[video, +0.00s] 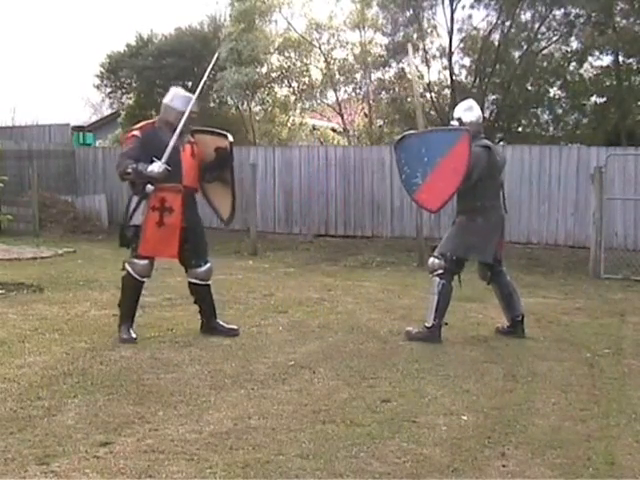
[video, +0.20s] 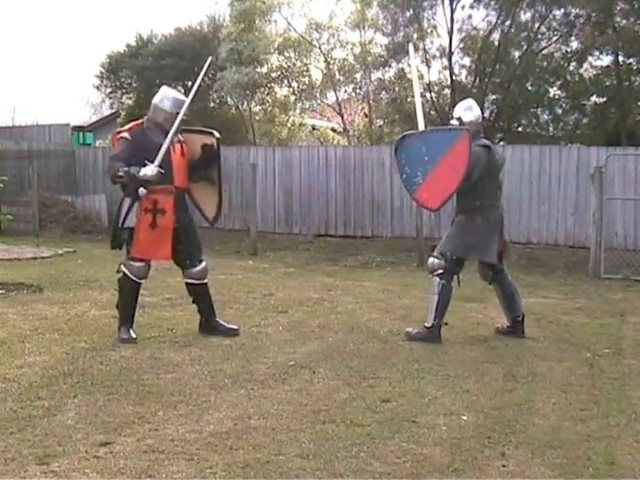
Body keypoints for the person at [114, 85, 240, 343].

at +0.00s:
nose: (183, 120)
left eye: (187, 116)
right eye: (180, 114)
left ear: (189, 116)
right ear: (166, 110)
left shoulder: (189, 142)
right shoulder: (145, 135)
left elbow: (204, 174)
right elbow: (123, 165)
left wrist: (224, 157)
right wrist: (145, 169)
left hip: (185, 210)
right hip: (152, 209)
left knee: (200, 268)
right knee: (140, 265)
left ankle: (209, 321)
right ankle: (126, 324)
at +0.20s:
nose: (172, 120)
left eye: (176, 116)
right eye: (168, 114)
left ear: (178, 116)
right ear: (155, 110)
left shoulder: (177, 141)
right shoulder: (132, 136)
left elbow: (188, 174)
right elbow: (115, 168)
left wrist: (209, 155)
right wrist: (137, 174)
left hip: (177, 208)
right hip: (146, 209)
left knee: (195, 266)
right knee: (137, 266)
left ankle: (209, 320)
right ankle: (125, 325)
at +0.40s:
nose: (177, 122)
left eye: (180, 117)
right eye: (173, 115)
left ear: (181, 116)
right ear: (157, 111)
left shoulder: (178, 140)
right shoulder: (134, 137)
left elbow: (189, 172)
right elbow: (114, 166)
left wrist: (211, 156)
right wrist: (135, 177)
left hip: (179, 211)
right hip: (147, 211)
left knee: (198, 266)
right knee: (140, 266)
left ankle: (199, 321)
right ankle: (126, 325)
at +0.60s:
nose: (190, 119)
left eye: (191, 115)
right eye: (185, 114)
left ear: (191, 114)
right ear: (168, 111)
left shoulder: (189, 141)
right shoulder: (145, 137)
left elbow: (199, 174)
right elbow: (127, 170)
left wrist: (219, 155)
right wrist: (148, 181)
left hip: (190, 208)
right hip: (158, 209)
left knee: (204, 266)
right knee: (148, 266)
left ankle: (201, 322)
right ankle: (126, 324)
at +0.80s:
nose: (200, 119)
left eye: (202, 114)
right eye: (195, 113)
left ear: (203, 114)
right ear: (179, 110)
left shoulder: (201, 140)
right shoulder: (156, 137)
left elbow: (210, 171)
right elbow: (141, 170)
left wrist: (232, 155)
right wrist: (163, 179)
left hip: (202, 210)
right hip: (169, 209)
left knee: (209, 266)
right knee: (162, 265)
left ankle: (201, 322)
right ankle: (133, 323)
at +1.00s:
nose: (205, 118)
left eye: (208, 113)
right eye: (200, 111)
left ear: (210, 113)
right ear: (185, 108)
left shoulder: (209, 138)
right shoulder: (163, 135)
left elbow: (220, 169)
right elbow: (146, 167)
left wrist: (240, 153)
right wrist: (169, 174)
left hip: (209, 208)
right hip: (177, 208)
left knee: (211, 265)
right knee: (175, 261)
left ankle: (201, 322)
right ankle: (155, 321)